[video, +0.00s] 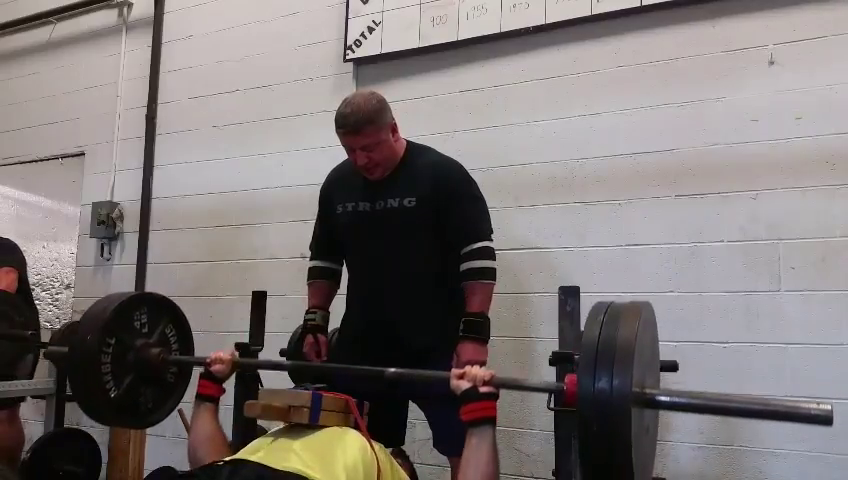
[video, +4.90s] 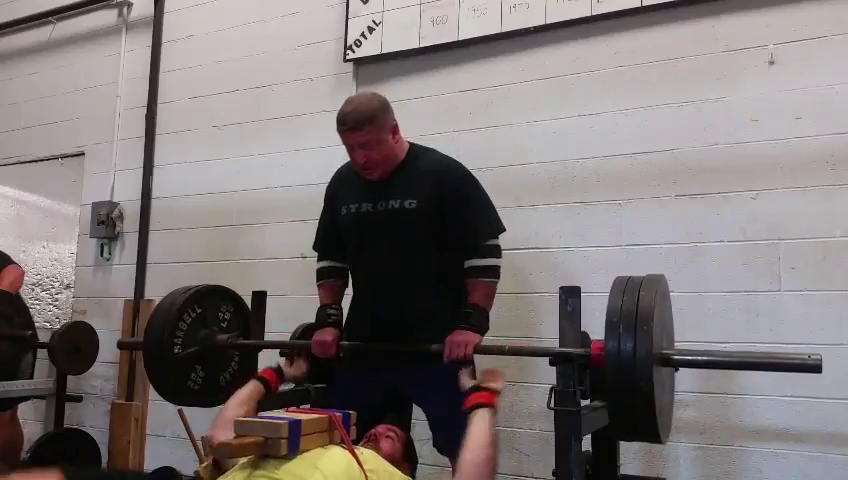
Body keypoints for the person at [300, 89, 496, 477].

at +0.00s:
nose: (361, 159)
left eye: (369, 148)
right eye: (351, 150)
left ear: (395, 131)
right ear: (342, 142)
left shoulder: (445, 177)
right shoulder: (338, 185)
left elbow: (478, 259)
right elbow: (325, 261)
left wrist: (474, 335)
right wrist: (315, 323)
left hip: (438, 339)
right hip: (365, 338)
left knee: (463, 450)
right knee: (367, 451)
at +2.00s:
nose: (360, 163)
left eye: (368, 152)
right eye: (351, 154)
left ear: (394, 134)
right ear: (341, 145)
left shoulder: (445, 178)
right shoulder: (338, 186)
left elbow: (478, 260)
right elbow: (327, 262)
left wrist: (473, 337)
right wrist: (319, 327)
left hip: (439, 341)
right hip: (366, 340)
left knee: (466, 451)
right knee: (367, 452)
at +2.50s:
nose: (357, 163)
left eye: (365, 152)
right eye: (348, 155)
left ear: (392, 134)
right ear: (338, 145)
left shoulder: (443, 173)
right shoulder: (338, 183)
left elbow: (493, 234)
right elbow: (322, 249)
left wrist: (460, 297)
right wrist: (318, 304)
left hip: (437, 345)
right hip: (364, 343)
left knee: (462, 457)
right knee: (366, 460)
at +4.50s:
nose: (394, 146)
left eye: (399, 133)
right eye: (380, 139)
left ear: (409, 122)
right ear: (359, 138)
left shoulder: (449, 172)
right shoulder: (345, 181)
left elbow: (488, 246)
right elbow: (330, 257)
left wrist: (474, 317)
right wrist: (326, 318)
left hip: (443, 344)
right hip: (369, 344)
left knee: (466, 458)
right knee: (367, 460)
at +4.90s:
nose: (359, 157)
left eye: (367, 146)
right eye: (351, 148)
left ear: (395, 133)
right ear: (343, 143)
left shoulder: (446, 176)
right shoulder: (344, 184)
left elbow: (485, 253)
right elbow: (331, 259)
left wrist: (472, 323)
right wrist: (328, 319)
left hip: (439, 343)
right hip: (368, 341)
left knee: (466, 453)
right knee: (362, 453)